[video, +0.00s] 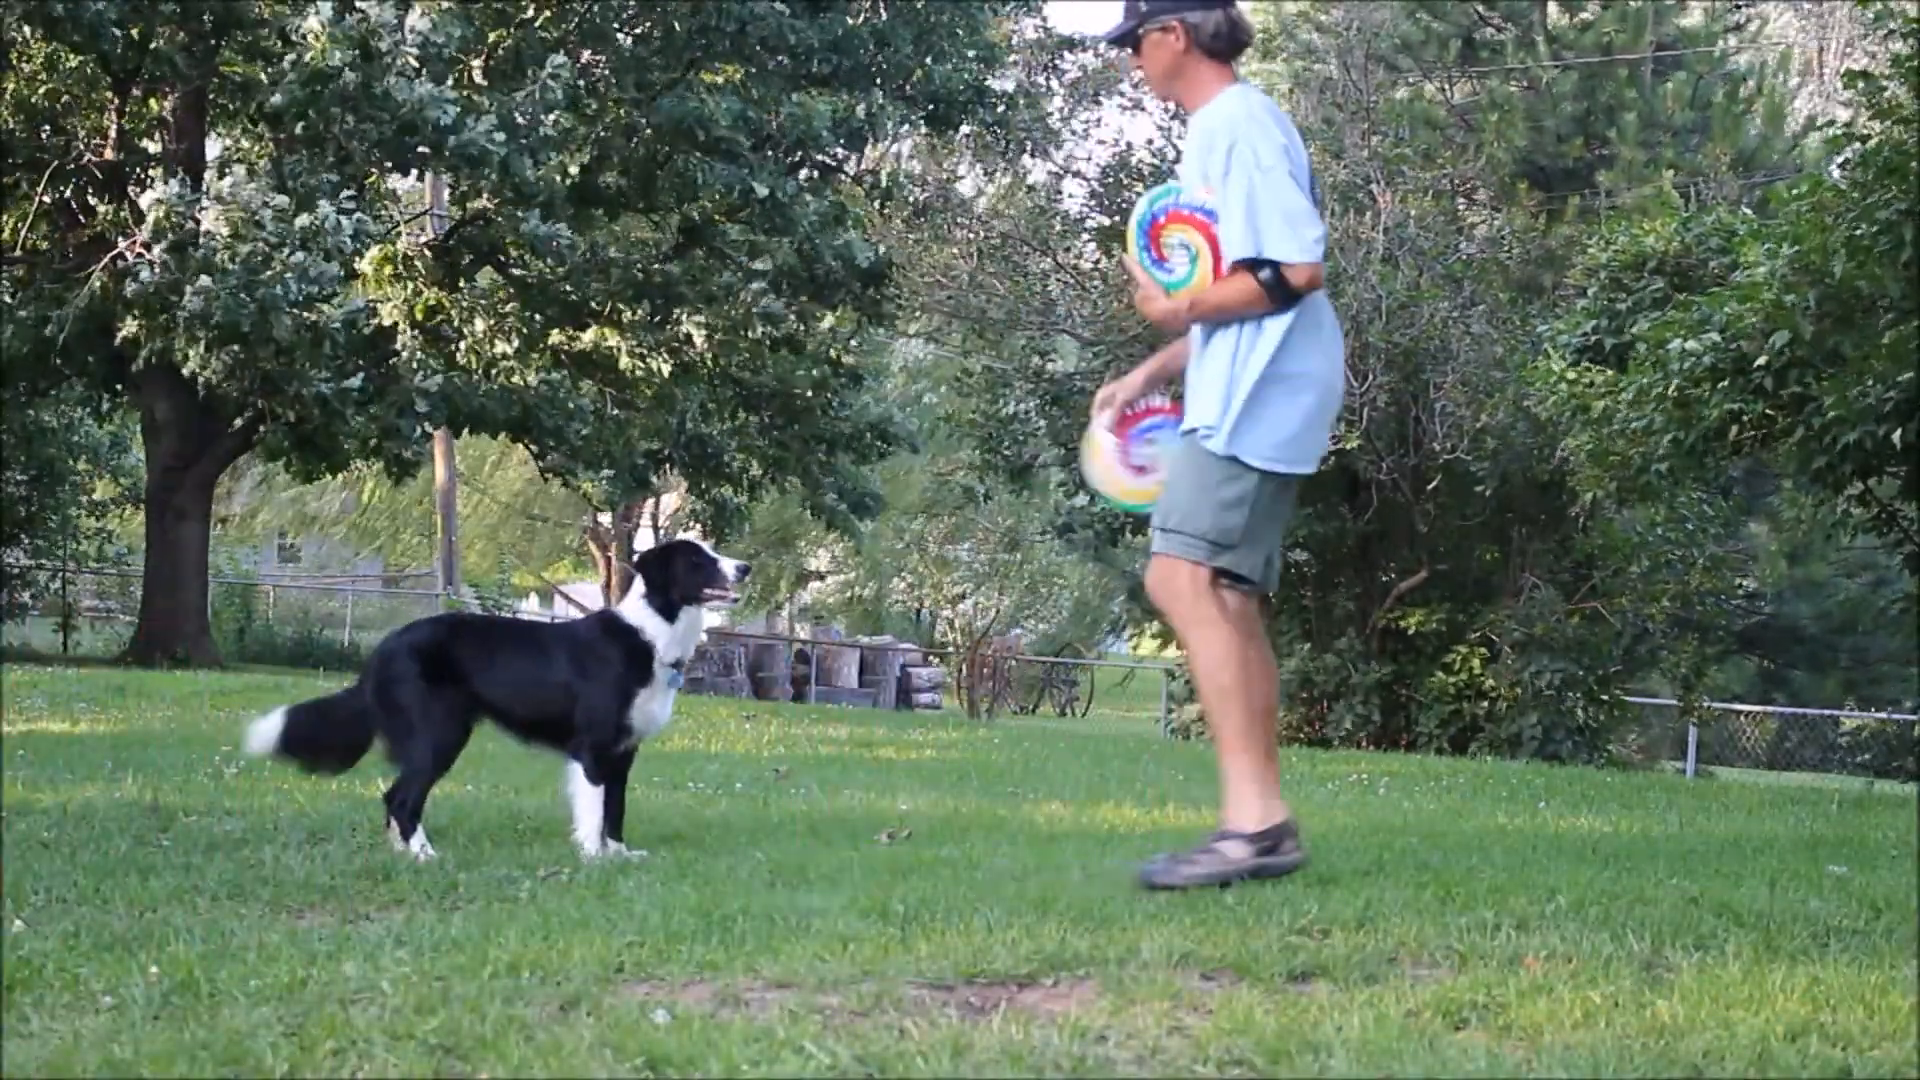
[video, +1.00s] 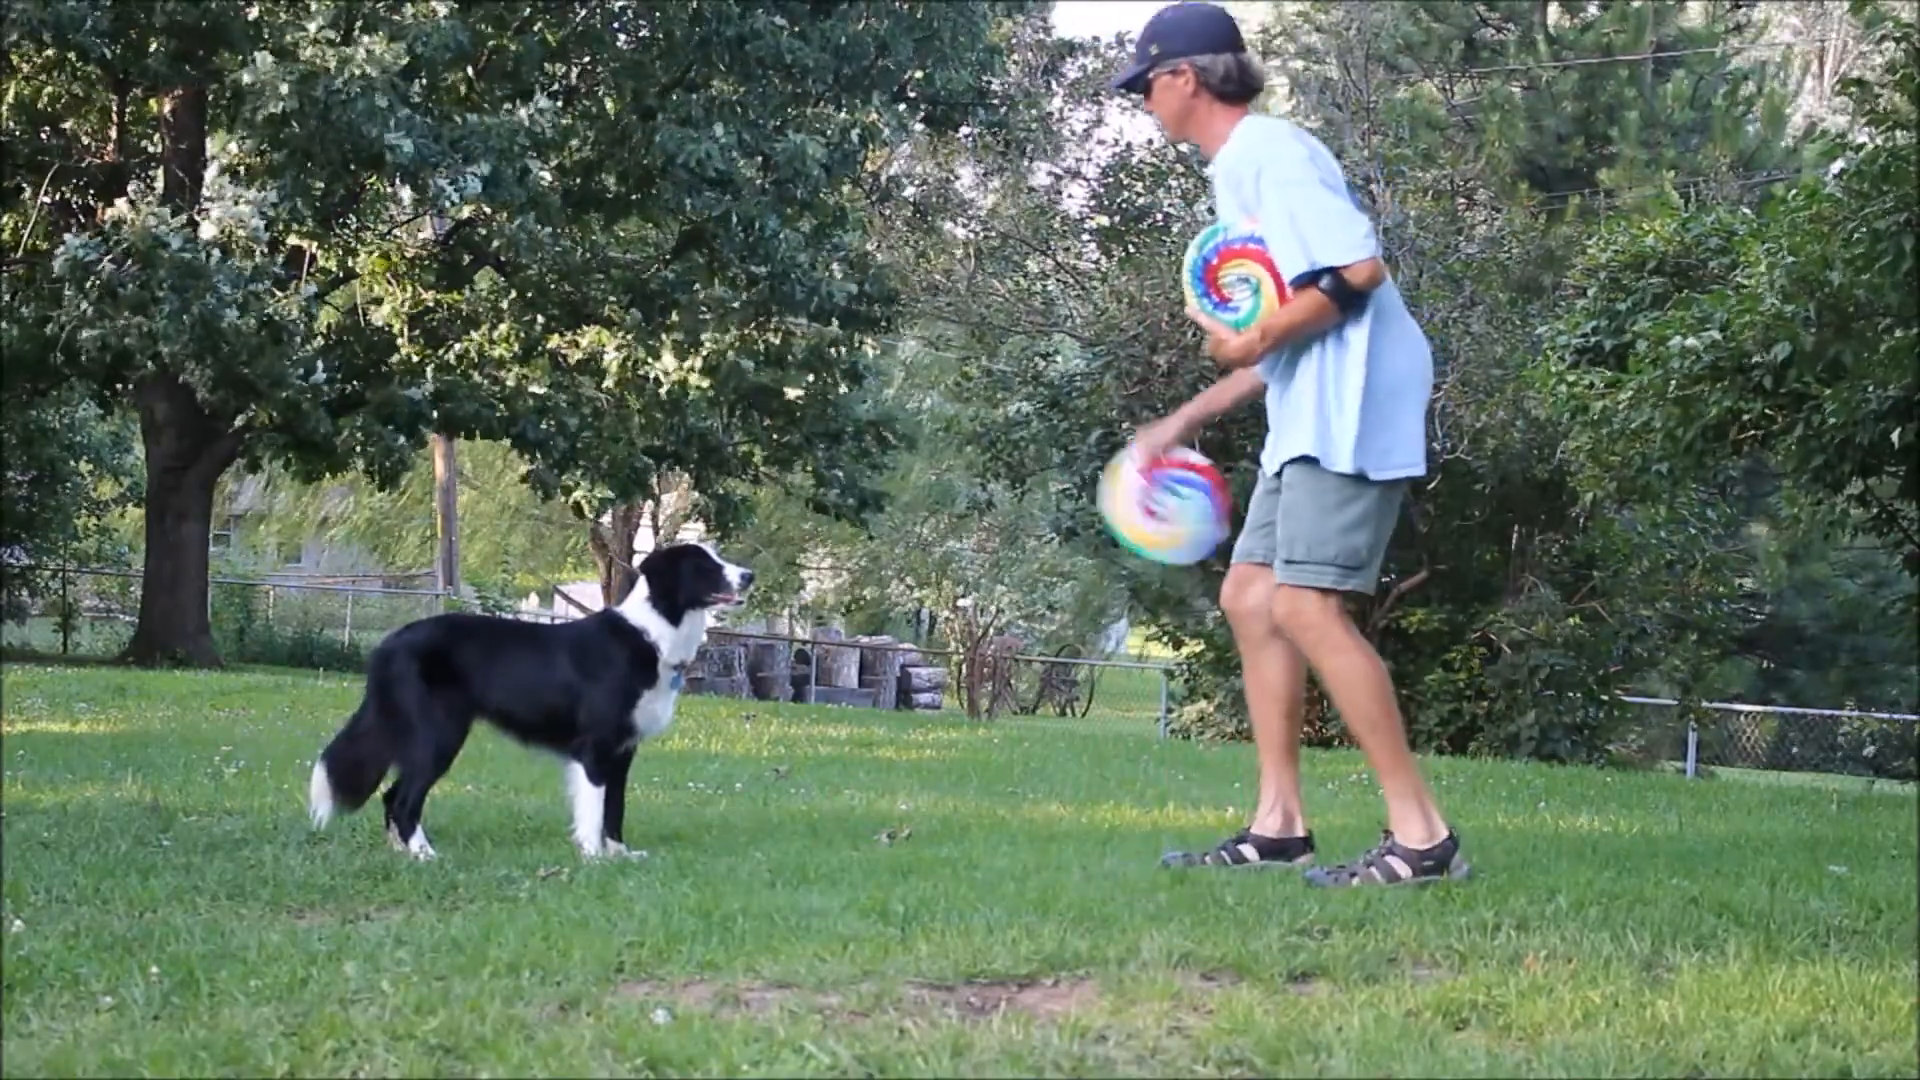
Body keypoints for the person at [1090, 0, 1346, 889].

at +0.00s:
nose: (1131, 60)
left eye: (1138, 42)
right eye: (1132, 45)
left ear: (1175, 40)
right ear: (1183, 42)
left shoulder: (1241, 124)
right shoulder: (1219, 130)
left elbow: (1295, 269)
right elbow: (1234, 295)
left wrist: (1177, 306)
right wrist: (1143, 379)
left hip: (1262, 392)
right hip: (1254, 394)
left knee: (1177, 578)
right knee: (1234, 602)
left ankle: (1252, 823)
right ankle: (1261, 820)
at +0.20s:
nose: (1154, 66)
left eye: (1160, 48)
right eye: (1153, 51)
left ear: (1200, 45)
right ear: (1217, 46)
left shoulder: (1246, 125)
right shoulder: (1279, 125)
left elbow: (1296, 264)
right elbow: (1281, 302)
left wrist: (1199, 310)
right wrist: (1185, 388)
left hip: (1291, 388)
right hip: (1302, 389)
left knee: (1211, 588)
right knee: (1247, 600)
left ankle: (1377, 791)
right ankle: (1263, 825)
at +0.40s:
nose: (1171, 75)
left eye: (1175, 57)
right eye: (1170, 61)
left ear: (1213, 51)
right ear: (1225, 52)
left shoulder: (1281, 131)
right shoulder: (1258, 144)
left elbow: (1340, 270)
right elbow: (1297, 315)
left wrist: (1237, 321)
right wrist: (1207, 391)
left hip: (1340, 405)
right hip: (1301, 408)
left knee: (1322, 608)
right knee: (1258, 600)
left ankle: (1425, 839)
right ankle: (1267, 822)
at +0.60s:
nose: (1186, 69)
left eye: (1193, 50)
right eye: (1185, 55)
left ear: (1235, 48)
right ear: (1239, 51)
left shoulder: (1312, 127)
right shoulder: (1274, 149)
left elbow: (1386, 260)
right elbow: (1302, 322)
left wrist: (1271, 319)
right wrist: (1194, 384)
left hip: (1375, 406)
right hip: (1330, 407)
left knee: (1342, 603)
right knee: (1279, 595)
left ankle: (1427, 841)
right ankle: (1272, 820)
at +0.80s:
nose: (1180, 78)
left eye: (1185, 58)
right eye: (1180, 62)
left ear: (1224, 54)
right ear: (1233, 55)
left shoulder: (1299, 129)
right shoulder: (1265, 151)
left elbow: (1374, 265)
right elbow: (1291, 319)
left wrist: (1267, 324)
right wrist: (1182, 372)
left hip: (1368, 407)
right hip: (1323, 410)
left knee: (1337, 605)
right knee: (1270, 596)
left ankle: (1426, 841)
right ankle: (1279, 826)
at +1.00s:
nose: (1144, 105)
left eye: (1148, 87)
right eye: (1142, 90)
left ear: (1186, 77)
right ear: (1190, 79)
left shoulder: (1270, 150)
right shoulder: (1236, 173)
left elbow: (1356, 270)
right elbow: (1275, 345)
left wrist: (1254, 338)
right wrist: (1183, 421)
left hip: (1358, 412)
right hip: (1312, 413)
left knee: (1305, 604)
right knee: (1249, 598)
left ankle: (1421, 836)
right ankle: (1278, 826)